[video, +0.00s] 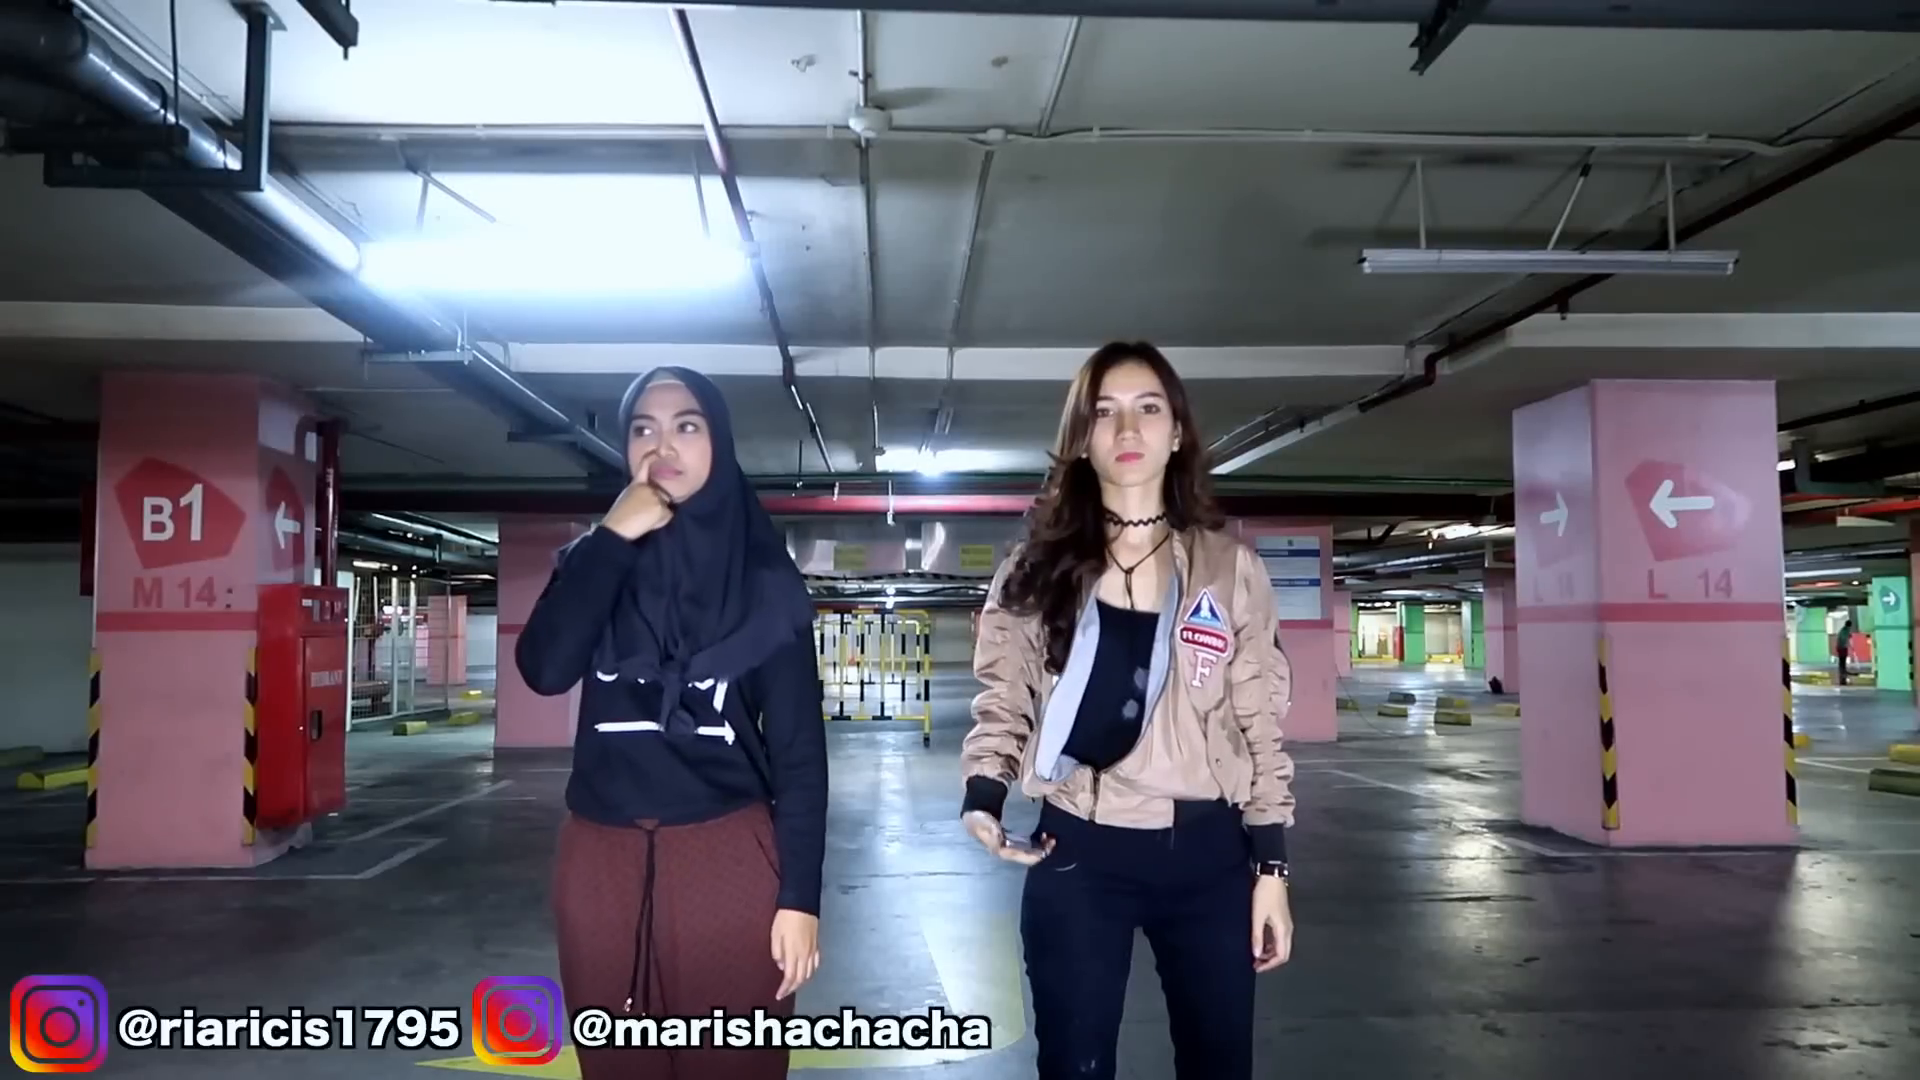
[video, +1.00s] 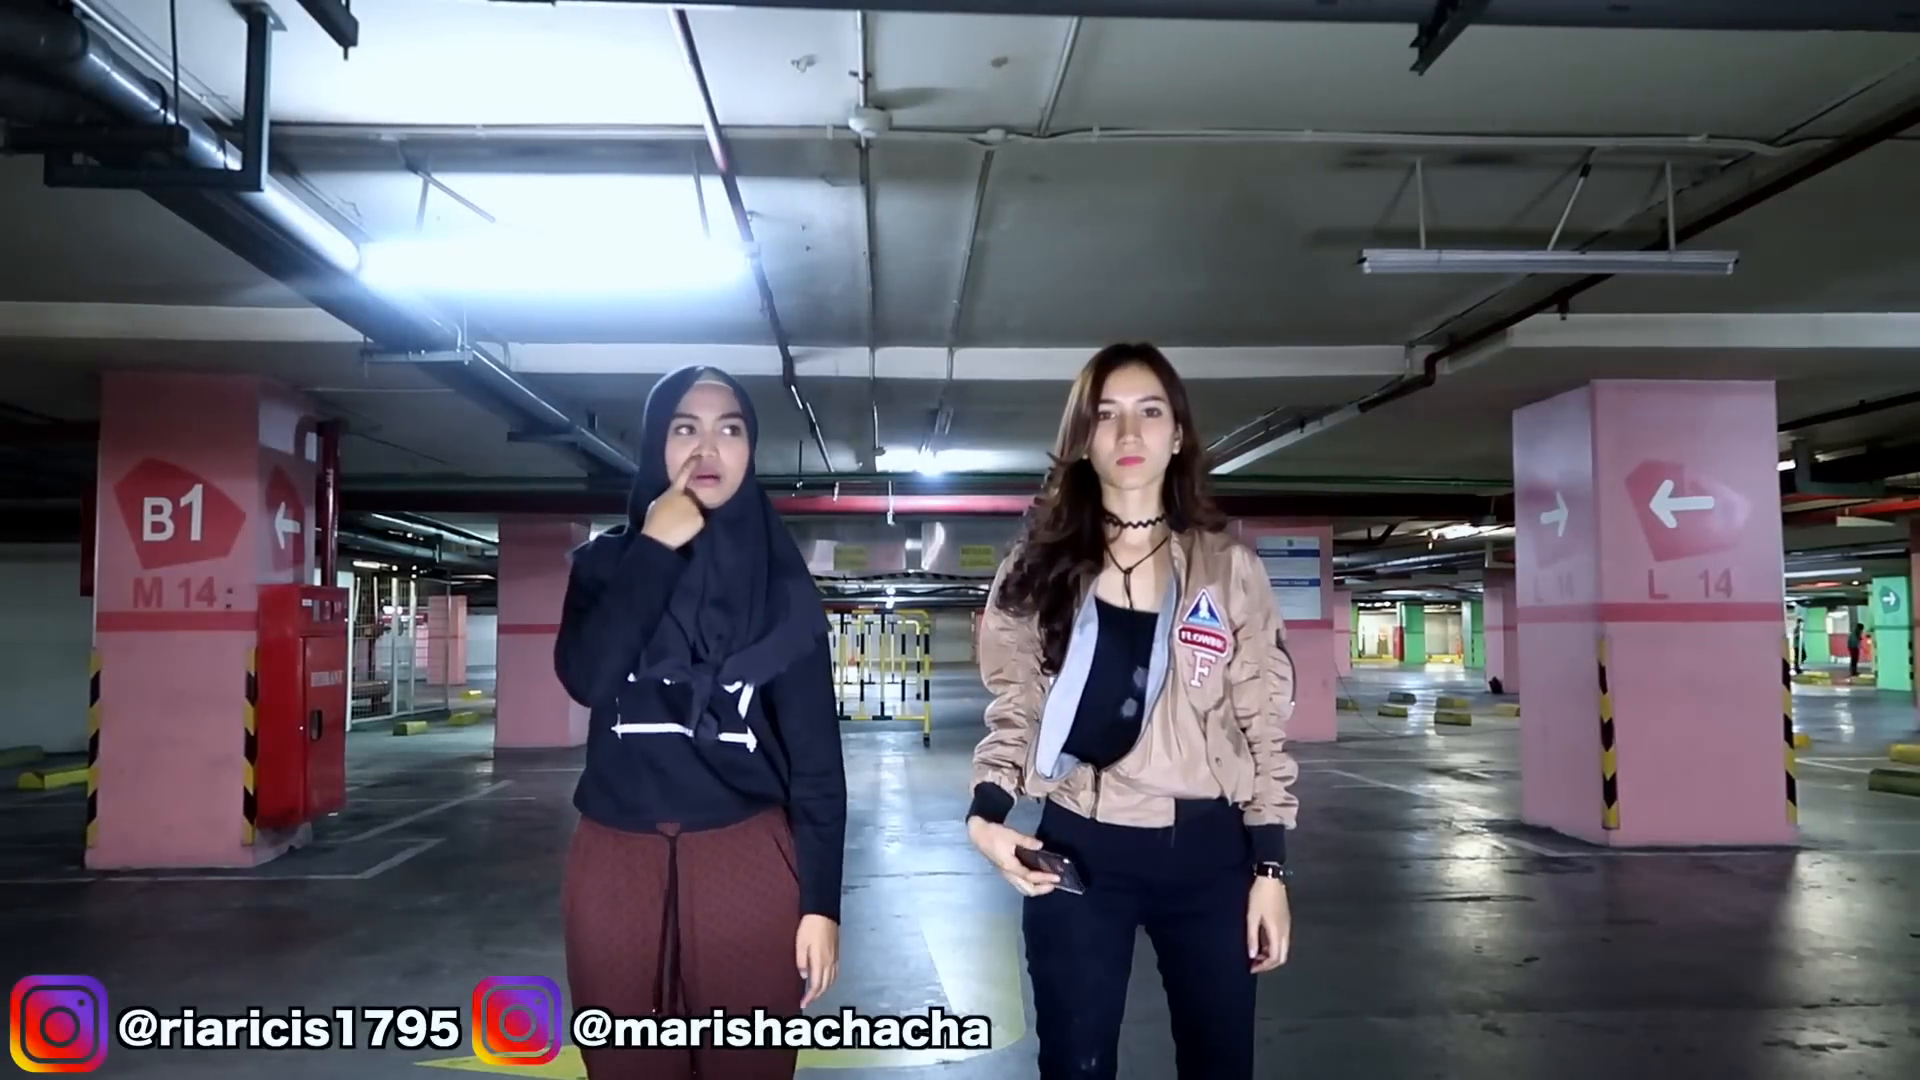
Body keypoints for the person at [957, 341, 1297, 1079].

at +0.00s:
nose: (1127, 427)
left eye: (1148, 409)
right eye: (1106, 412)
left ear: (1177, 430)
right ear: (1082, 436)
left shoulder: (1231, 565)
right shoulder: (1035, 564)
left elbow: (1259, 720)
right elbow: (1003, 694)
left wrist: (1271, 863)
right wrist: (982, 798)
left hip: (1206, 855)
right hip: (1076, 854)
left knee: (1220, 1068)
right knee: (1075, 1070)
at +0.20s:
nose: (1123, 428)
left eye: (1144, 409)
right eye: (1102, 412)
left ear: (1174, 430)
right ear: (1079, 437)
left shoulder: (1229, 562)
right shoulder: (1033, 562)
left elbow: (1260, 716)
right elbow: (993, 688)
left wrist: (1269, 862)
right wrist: (970, 784)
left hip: (1203, 853)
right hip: (1074, 852)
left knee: (1219, 1068)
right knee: (1075, 1069)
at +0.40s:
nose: (1124, 428)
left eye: (1144, 410)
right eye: (1102, 413)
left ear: (1173, 430)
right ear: (1078, 438)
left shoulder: (1229, 563)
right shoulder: (1033, 561)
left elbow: (1258, 717)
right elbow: (985, 687)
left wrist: (1265, 863)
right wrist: (970, 794)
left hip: (1201, 853)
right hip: (1072, 853)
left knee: (1217, 1068)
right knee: (1074, 1069)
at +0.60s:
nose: (1125, 429)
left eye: (1145, 410)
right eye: (1104, 414)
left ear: (1174, 430)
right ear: (1080, 437)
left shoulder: (1226, 563)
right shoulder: (1030, 560)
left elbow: (1255, 718)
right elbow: (999, 696)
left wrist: (1263, 863)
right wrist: (973, 803)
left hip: (1201, 853)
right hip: (1072, 854)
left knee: (1217, 1068)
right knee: (1073, 1069)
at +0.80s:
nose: (1126, 430)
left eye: (1147, 411)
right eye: (1105, 414)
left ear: (1175, 432)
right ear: (1081, 437)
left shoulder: (1227, 563)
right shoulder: (1034, 563)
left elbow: (1258, 720)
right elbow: (1010, 702)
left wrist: (1266, 864)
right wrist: (979, 812)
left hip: (1203, 853)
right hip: (1073, 855)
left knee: (1219, 1067)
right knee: (1075, 1069)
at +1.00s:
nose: (1128, 431)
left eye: (1149, 412)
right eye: (1108, 415)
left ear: (1178, 433)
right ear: (1083, 437)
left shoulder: (1231, 567)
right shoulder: (1035, 568)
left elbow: (1261, 723)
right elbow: (1013, 706)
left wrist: (1269, 865)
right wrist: (985, 813)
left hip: (1207, 854)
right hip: (1077, 854)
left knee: (1221, 1067)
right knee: (1076, 1068)